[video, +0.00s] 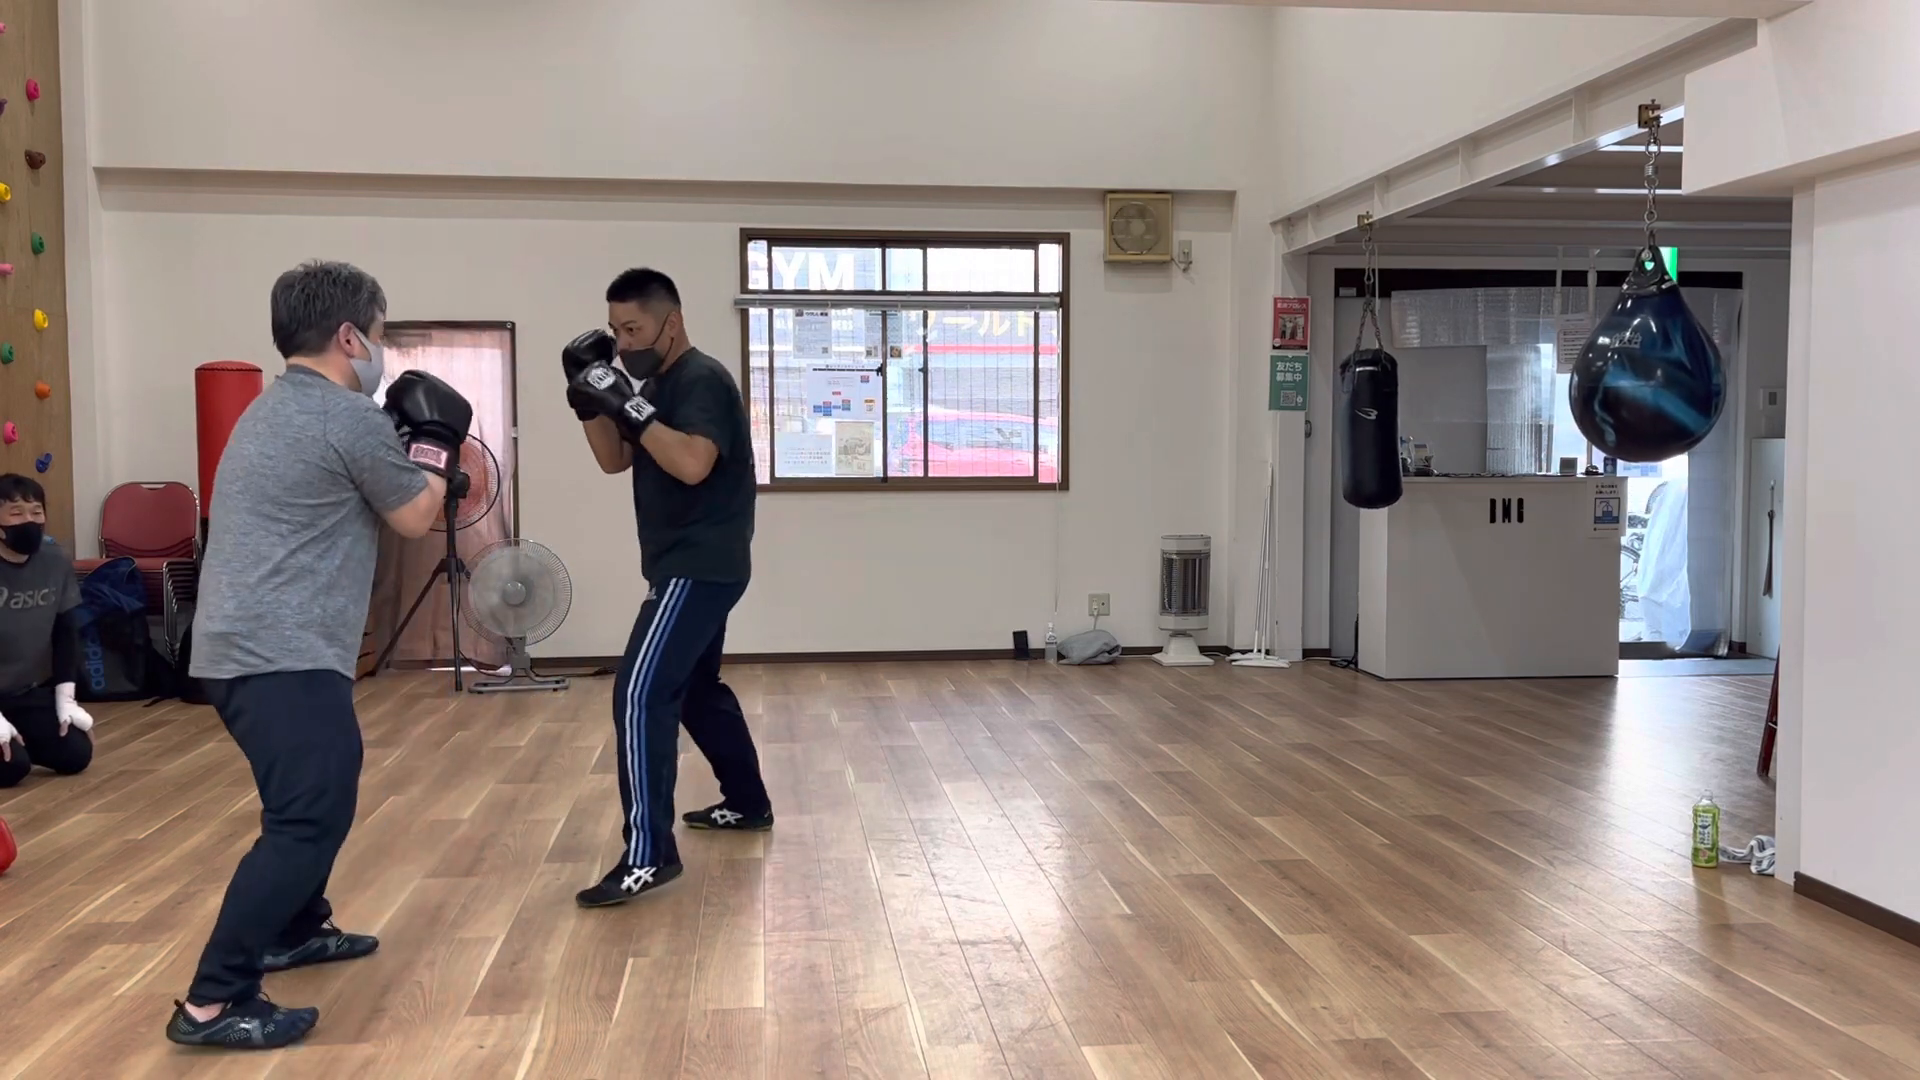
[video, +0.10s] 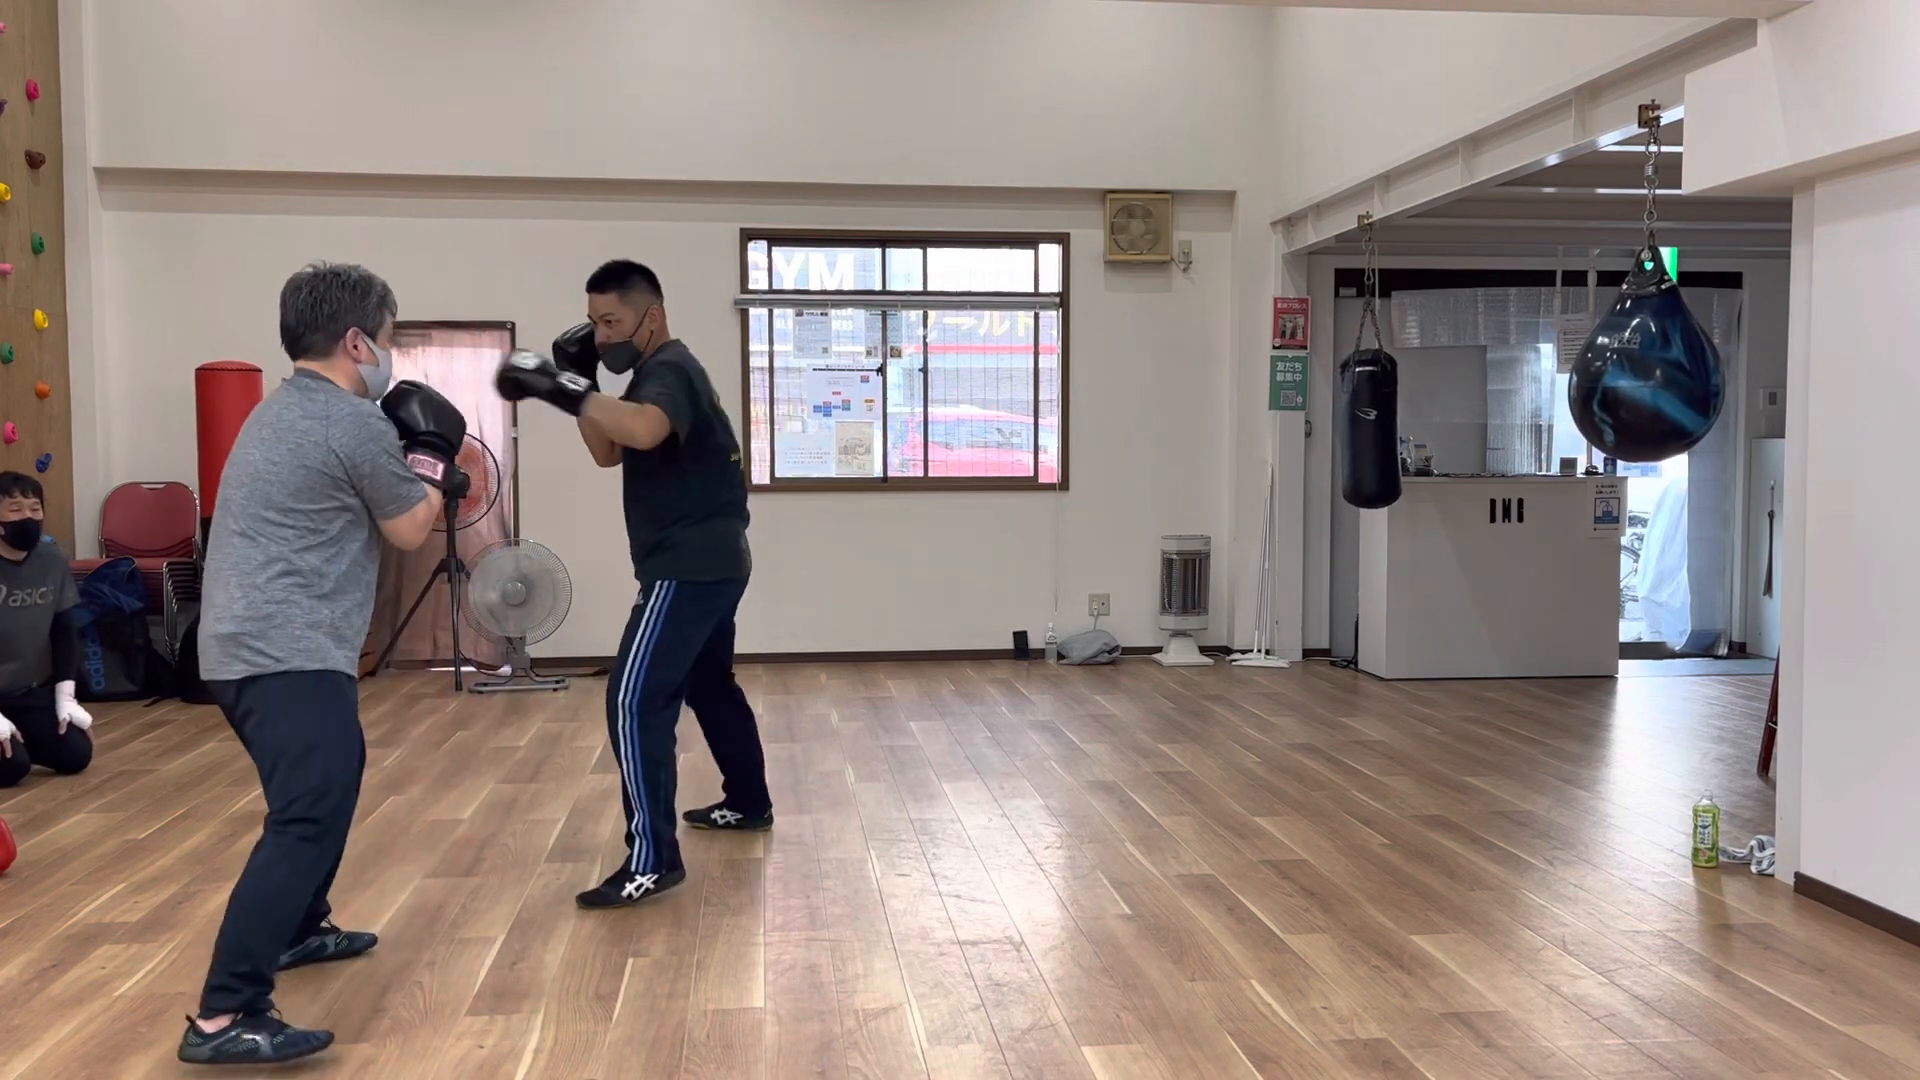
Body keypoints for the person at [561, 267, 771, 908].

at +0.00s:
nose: (624, 342)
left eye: (633, 329)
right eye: (617, 331)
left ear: (672, 322)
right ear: (619, 329)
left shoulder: (703, 380)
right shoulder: (651, 382)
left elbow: (694, 463)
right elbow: (613, 458)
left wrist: (628, 402)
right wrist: (586, 390)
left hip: (701, 567)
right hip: (679, 565)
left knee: (639, 693)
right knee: (697, 690)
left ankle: (649, 857)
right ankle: (748, 802)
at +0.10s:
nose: (599, 334)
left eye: (608, 320)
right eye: (595, 323)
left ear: (651, 316)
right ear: (633, 324)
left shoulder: (670, 369)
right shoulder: (645, 377)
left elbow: (644, 429)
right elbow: (604, 451)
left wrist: (563, 390)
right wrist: (581, 382)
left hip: (686, 567)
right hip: (705, 562)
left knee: (633, 699)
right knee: (709, 686)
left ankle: (652, 862)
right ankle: (750, 803)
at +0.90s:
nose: (613, 320)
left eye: (624, 306)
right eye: (603, 310)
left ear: (658, 303)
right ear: (594, 314)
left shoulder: (687, 356)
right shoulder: (610, 394)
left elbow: (699, 393)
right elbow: (582, 473)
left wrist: (620, 333)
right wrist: (555, 398)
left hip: (687, 574)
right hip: (641, 578)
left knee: (641, 719)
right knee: (671, 706)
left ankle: (654, 895)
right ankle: (750, 813)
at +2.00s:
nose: (605, 345)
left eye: (617, 331)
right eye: (594, 334)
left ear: (650, 324)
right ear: (584, 334)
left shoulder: (693, 383)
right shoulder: (593, 391)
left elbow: (712, 476)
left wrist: (668, 398)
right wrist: (553, 397)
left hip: (696, 573)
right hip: (631, 577)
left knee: (680, 717)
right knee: (620, 707)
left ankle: (696, 880)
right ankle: (670, 812)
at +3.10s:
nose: (618, 313)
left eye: (631, 299)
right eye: (607, 302)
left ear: (666, 298)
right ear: (598, 306)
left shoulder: (709, 363)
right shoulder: (606, 378)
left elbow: (742, 461)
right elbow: (569, 467)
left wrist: (695, 381)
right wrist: (559, 381)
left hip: (705, 565)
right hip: (644, 569)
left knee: (682, 713)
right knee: (659, 704)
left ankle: (671, 882)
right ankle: (714, 825)